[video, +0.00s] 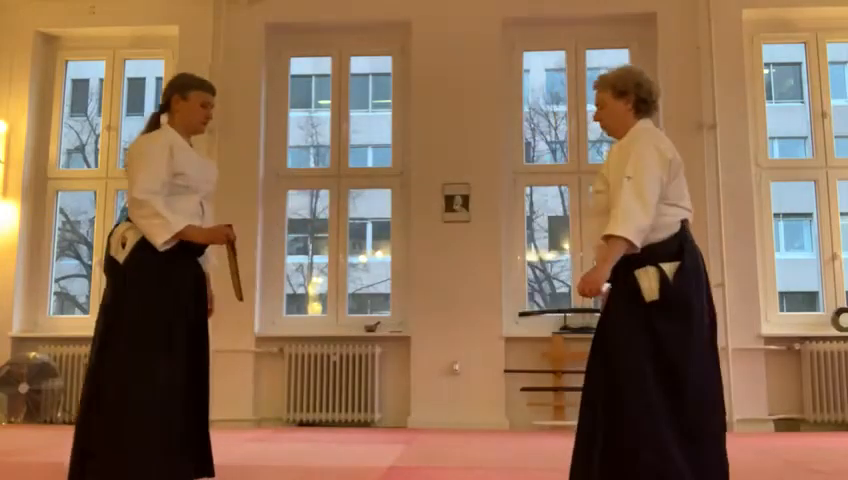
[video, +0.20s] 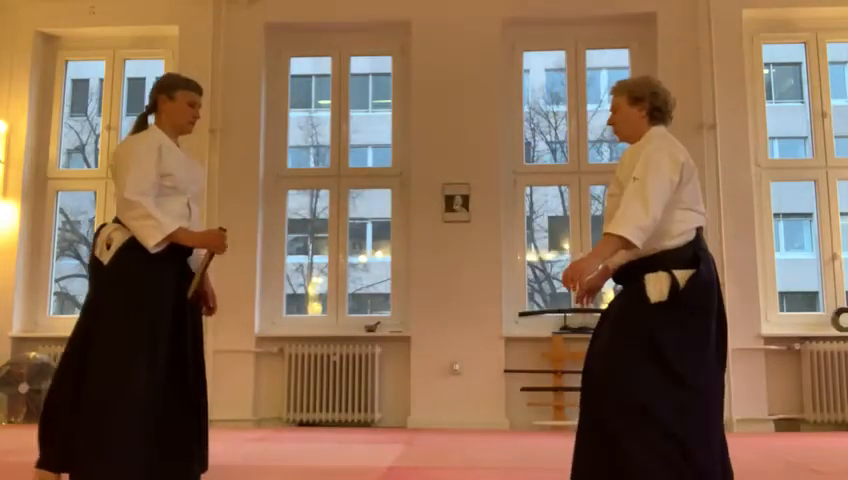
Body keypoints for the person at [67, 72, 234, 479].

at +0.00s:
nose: (208, 115)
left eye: (210, 109)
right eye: (203, 106)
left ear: (190, 109)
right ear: (176, 102)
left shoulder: (188, 153)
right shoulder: (153, 142)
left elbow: (188, 221)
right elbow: (140, 204)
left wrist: (203, 281)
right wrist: (194, 234)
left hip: (180, 266)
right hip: (150, 265)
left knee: (177, 368)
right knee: (147, 368)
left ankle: (170, 465)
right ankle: (139, 465)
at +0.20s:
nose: (196, 114)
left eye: (198, 108)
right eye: (190, 105)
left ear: (183, 110)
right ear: (162, 103)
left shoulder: (176, 154)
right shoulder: (141, 144)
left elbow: (180, 219)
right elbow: (134, 208)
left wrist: (200, 275)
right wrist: (193, 238)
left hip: (168, 264)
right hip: (136, 263)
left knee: (165, 366)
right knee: (129, 365)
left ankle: (159, 464)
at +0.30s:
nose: (188, 114)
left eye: (190, 108)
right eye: (181, 106)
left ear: (169, 110)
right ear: (153, 104)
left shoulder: (168, 154)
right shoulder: (131, 146)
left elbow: (171, 220)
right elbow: (125, 210)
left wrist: (195, 276)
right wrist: (185, 244)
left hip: (161, 267)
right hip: (126, 265)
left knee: (158, 371)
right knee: (109, 367)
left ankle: (153, 465)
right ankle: (30, 460)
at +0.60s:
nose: (145, 117)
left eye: (147, 110)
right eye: (139, 108)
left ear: (139, 116)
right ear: (110, 107)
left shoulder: (139, 170)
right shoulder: (77, 156)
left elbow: (145, 231)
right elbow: (77, 222)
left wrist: (156, 287)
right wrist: (125, 268)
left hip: (124, 278)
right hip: (74, 274)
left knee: (132, 381)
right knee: (70, 381)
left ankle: (130, 469)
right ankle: (64, 469)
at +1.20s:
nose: (157, 118)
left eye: (157, 110)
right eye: (149, 109)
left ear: (138, 115)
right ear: (120, 110)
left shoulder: (139, 166)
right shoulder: (96, 154)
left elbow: (134, 228)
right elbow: (110, 214)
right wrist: (169, 250)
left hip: (129, 278)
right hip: (89, 274)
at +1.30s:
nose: (181, 120)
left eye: (181, 113)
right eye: (174, 111)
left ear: (158, 115)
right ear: (145, 111)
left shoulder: (161, 163)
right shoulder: (123, 151)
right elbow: (159, 180)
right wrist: (227, 184)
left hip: (157, 278)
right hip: (116, 274)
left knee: (185, 374)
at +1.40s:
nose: (206, 113)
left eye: (207, 108)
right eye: (199, 106)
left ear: (185, 107)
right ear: (173, 106)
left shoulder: (194, 148)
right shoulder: (155, 139)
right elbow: (194, 128)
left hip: (192, 271)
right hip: (153, 264)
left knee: (202, 386)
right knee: (104, 363)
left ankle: (194, 469)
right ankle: (34, 449)